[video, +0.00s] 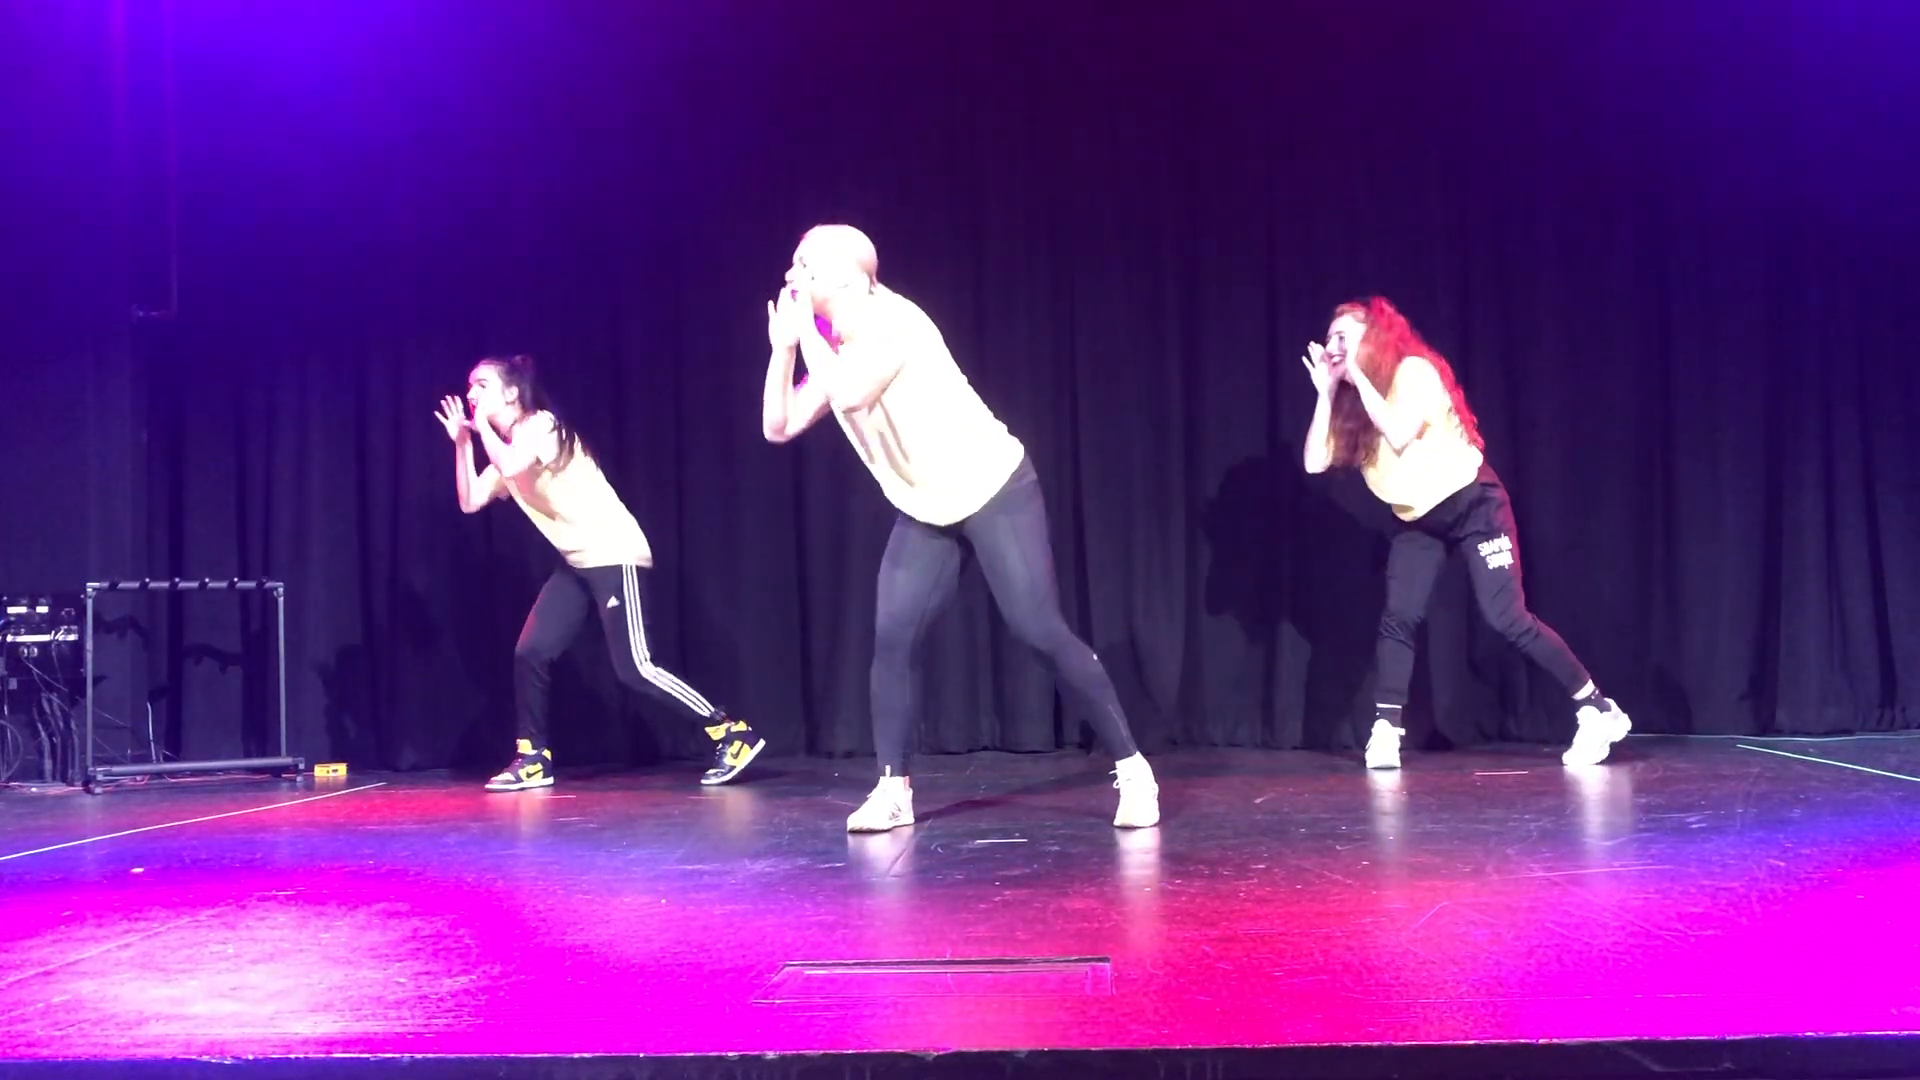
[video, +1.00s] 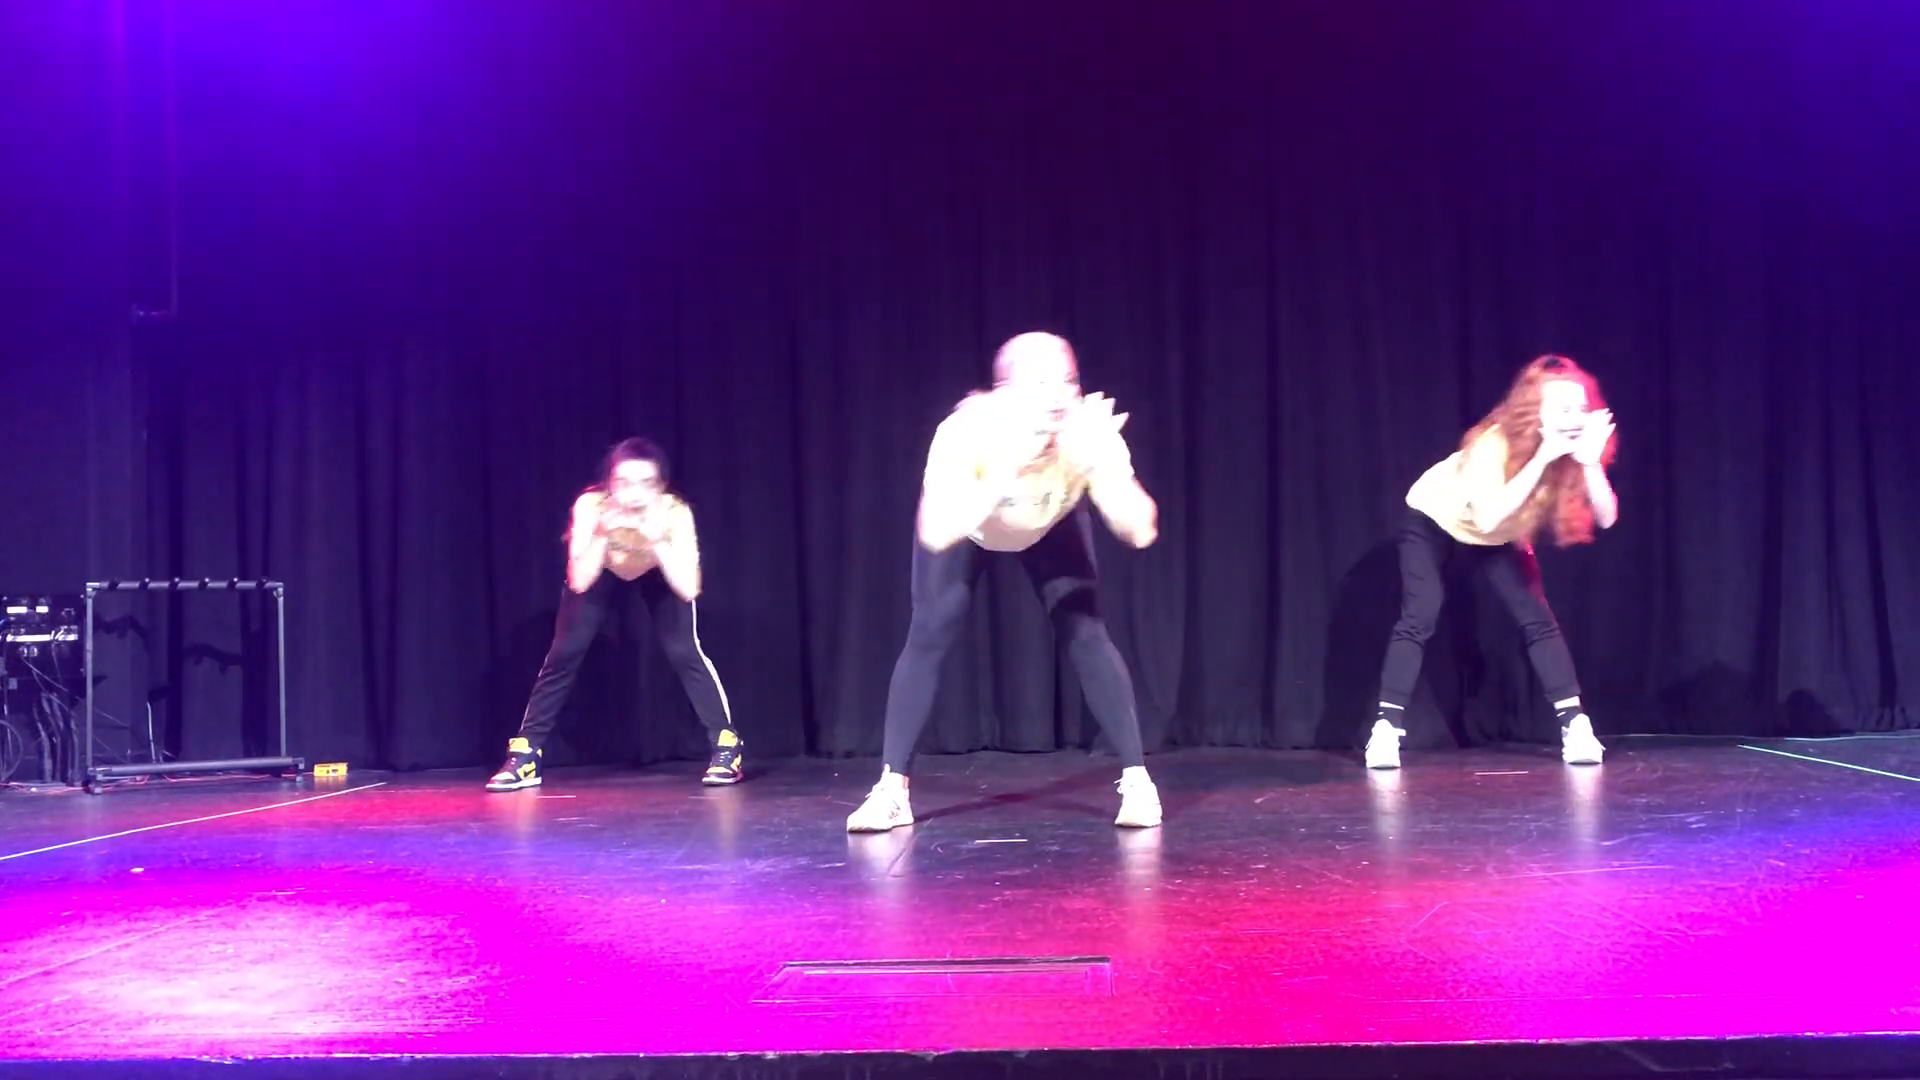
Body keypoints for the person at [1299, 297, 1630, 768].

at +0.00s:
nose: (1333, 347)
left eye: (1342, 337)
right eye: (1330, 339)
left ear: (1376, 338)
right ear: (1329, 347)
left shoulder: (1415, 370)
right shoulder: (1350, 400)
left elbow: (1400, 432)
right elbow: (1315, 462)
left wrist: (1355, 377)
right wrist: (1324, 393)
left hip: (1474, 506)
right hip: (1418, 522)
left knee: (1507, 616)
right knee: (1399, 618)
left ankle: (1599, 710)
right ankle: (1387, 730)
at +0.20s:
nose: (1334, 359)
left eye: (1344, 348)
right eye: (1332, 353)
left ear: (1377, 348)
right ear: (1329, 362)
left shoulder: (1415, 379)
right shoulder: (1350, 413)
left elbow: (1406, 437)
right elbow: (1317, 477)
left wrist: (1357, 388)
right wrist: (1326, 407)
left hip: (1476, 515)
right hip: (1417, 531)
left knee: (1513, 623)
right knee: (1396, 623)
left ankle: (1601, 716)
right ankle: (1387, 732)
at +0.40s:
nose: (1352, 384)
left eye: (1361, 371)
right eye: (1344, 375)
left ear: (1389, 367)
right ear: (1338, 381)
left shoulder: (1429, 392)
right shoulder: (1360, 427)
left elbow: (1445, 456)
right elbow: (1335, 497)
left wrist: (1381, 416)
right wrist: (1339, 431)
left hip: (1491, 509)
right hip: (1426, 525)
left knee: (1529, 609)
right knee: (1407, 620)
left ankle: (1581, 718)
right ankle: (1389, 729)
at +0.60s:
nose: (1406, 427)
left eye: (1415, 414)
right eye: (1395, 418)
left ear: (1441, 411)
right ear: (1383, 423)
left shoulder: (1479, 436)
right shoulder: (1385, 453)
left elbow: (1505, 510)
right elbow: (1368, 532)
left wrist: (1443, 461)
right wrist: (1390, 469)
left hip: (1493, 532)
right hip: (1428, 538)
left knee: (1528, 615)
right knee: (1405, 623)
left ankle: (1573, 724)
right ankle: (1387, 730)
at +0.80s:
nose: (1496, 431)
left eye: (1505, 420)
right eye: (1485, 420)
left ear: (1522, 420)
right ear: (1462, 423)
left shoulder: (1536, 448)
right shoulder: (1436, 457)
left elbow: (1566, 522)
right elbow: (1425, 530)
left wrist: (1530, 467)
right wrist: (1467, 473)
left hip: (1498, 536)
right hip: (1434, 537)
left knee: (1535, 619)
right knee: (1412, 618)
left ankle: (1574, 727)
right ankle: (1386, 730)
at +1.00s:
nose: (1570, 420)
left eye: (1577, 410)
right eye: (1561, 408)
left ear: (1589, 412)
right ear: (1536, 409)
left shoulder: (1575, 455)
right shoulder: (1495, 442)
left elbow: (1606, 516)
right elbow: (1488, 517)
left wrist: (1591, 461)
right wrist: (1543, 457)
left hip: (1494, 536)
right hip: (1431, 520)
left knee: (1537, 620)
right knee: (1421, 612)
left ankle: (1575, 727)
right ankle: (1386, 730)